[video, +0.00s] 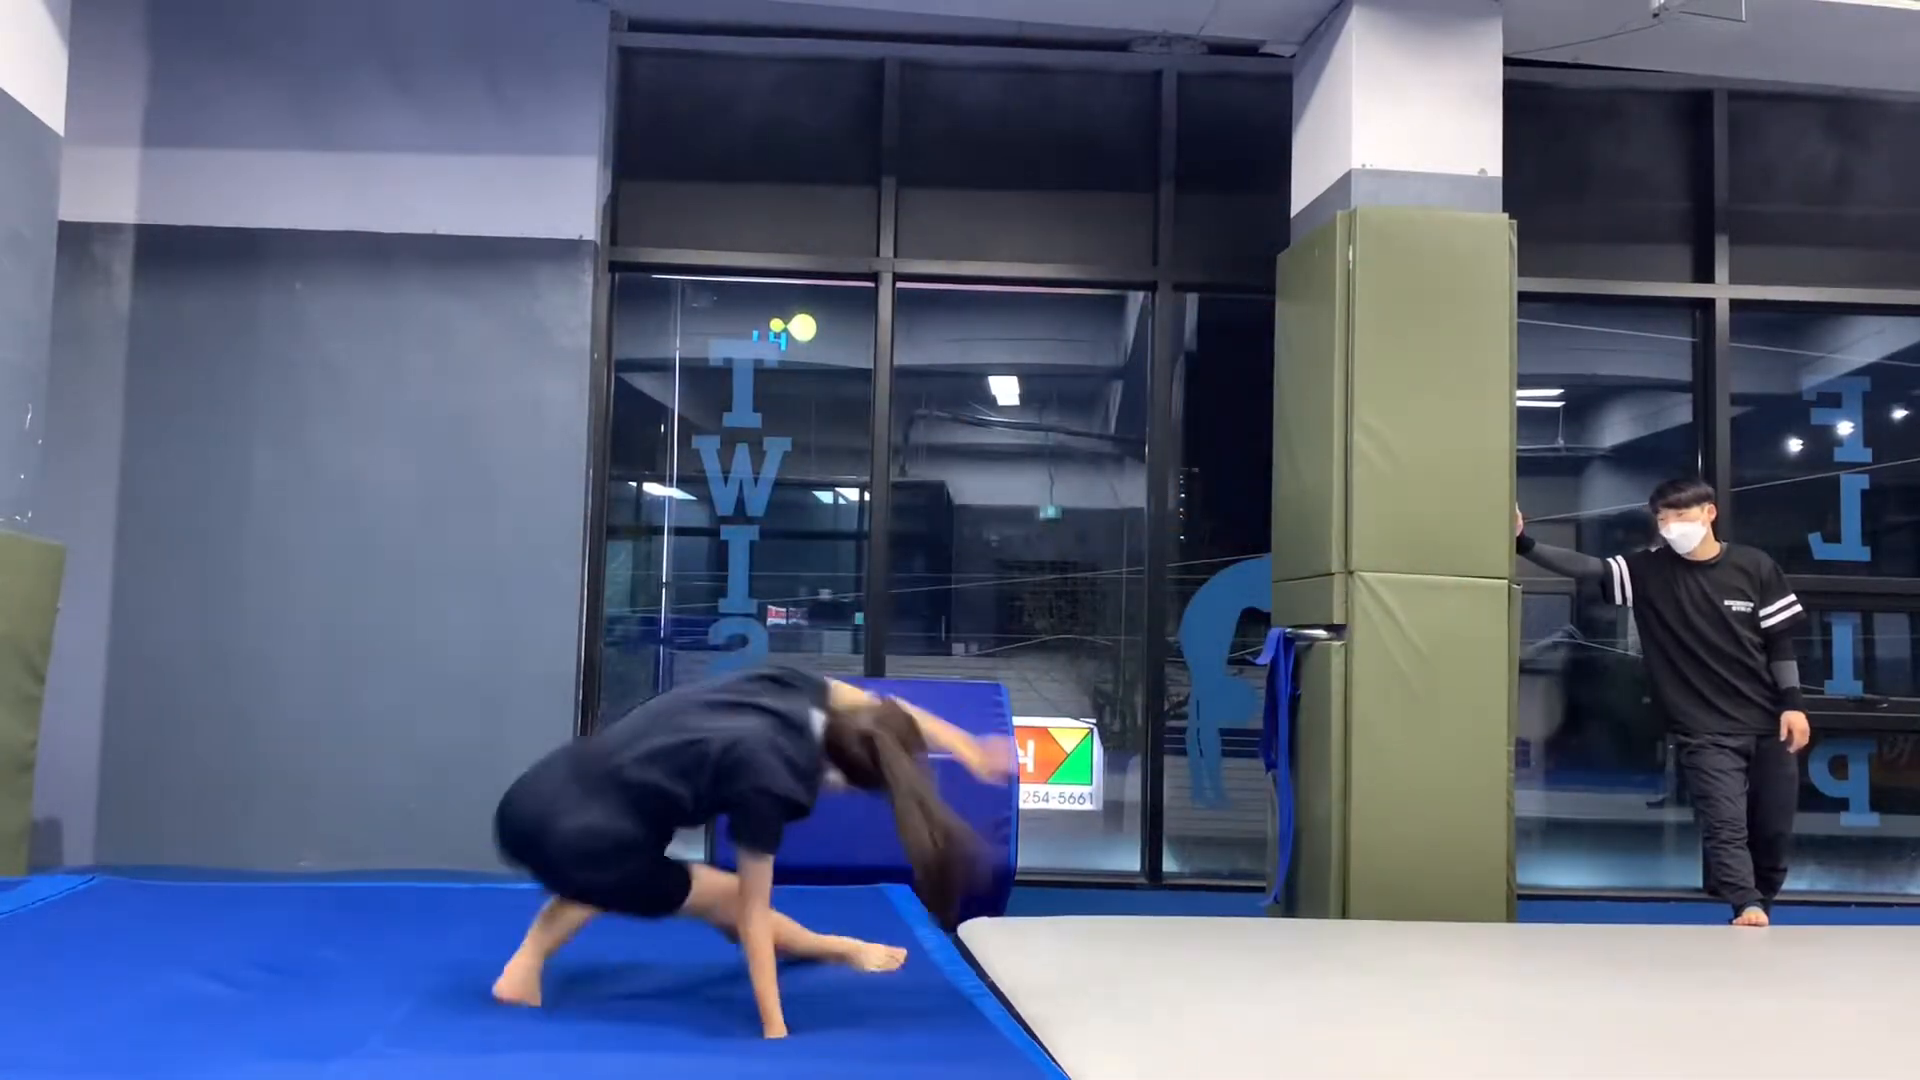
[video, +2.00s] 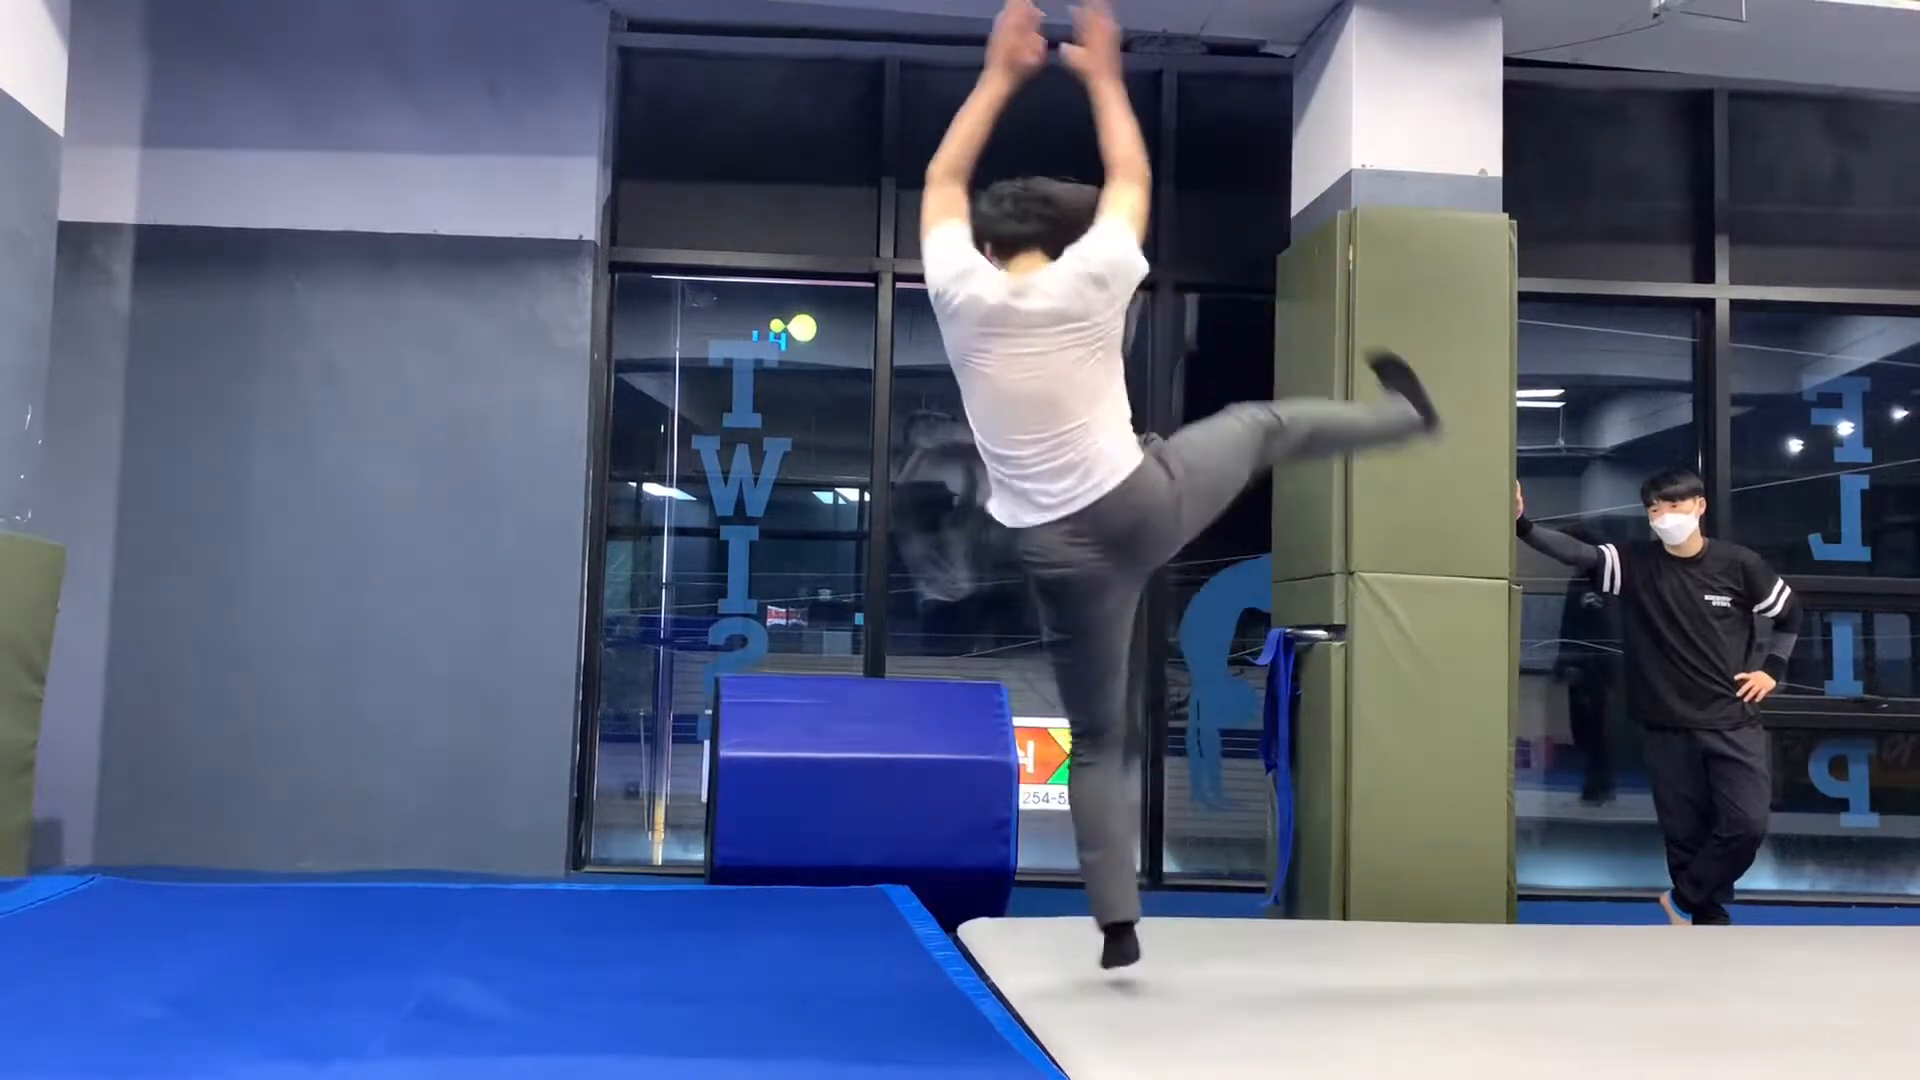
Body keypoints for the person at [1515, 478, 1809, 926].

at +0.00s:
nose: (1669, 524)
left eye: (1680, 513)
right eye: (1663, 516)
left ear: (1709, 513)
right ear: (1657, 521)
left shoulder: (1755, 567)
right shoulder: (1648, 569)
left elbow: (1780, 642)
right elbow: (1586, 567)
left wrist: (1792, 704)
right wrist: (1525, 543)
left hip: (1767, 723)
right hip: (1703, 726)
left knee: (1775, 829)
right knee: (1725, 818)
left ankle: (1759, 901)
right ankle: (1746, 907)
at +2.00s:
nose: (1664, 512)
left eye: (1675, 502)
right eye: (1656, 505)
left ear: (1699, 506)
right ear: (1648, 513)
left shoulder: (1740, 565)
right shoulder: (1634, 562)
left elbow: (1789, 615)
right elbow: (1578, 552)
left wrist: (1771, 670)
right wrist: (1523, 526)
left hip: (1732, 720)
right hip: (1667, 724)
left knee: (1748, 824)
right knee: (1683, 833)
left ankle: (1684, 900)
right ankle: (1717, 931)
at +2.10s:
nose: (1663, 512)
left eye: (1674, 501)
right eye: (1656, 504)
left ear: (1699, 506)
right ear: (1648, 513)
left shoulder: (1740, 565)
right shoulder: (1634, 562)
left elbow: (1789, 615)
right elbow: (1576, 552)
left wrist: (1770, 670)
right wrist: (1523, 525)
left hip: (1732, 720)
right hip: (1667, 724)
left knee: (1748, 825)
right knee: (1683, 835)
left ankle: (1683, 900)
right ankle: (1718, 933)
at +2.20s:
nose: (1663, 512)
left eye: (1674, 502)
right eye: (1656, 505)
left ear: (1699, 506)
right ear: (1648, 513)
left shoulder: (1740, 564)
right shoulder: (1635, 561)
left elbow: (1791, 614)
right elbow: (1577, 552)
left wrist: (1772, 669)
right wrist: (1523, 525)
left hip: (1732, 719)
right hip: (1667, 723)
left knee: (1748, 824)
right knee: (1684, 835)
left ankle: (1683, 901)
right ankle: (1716, 931)